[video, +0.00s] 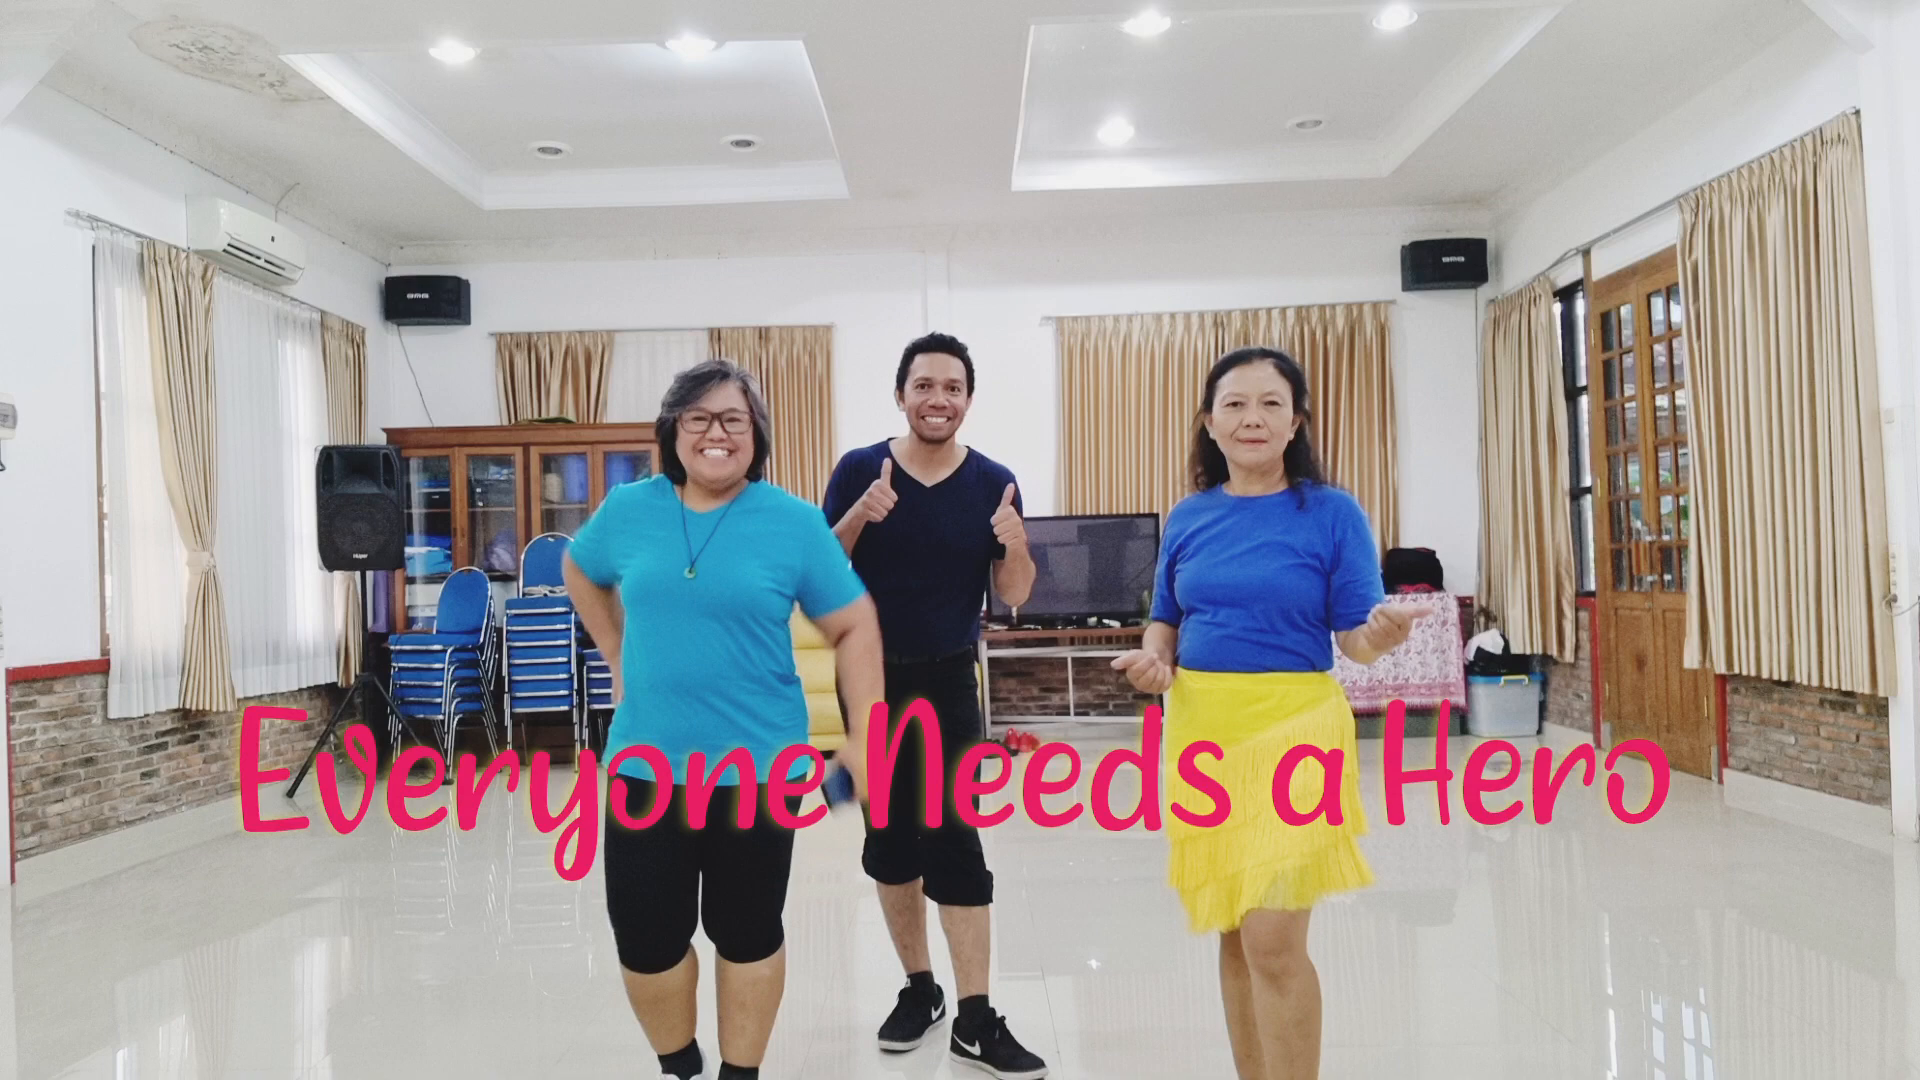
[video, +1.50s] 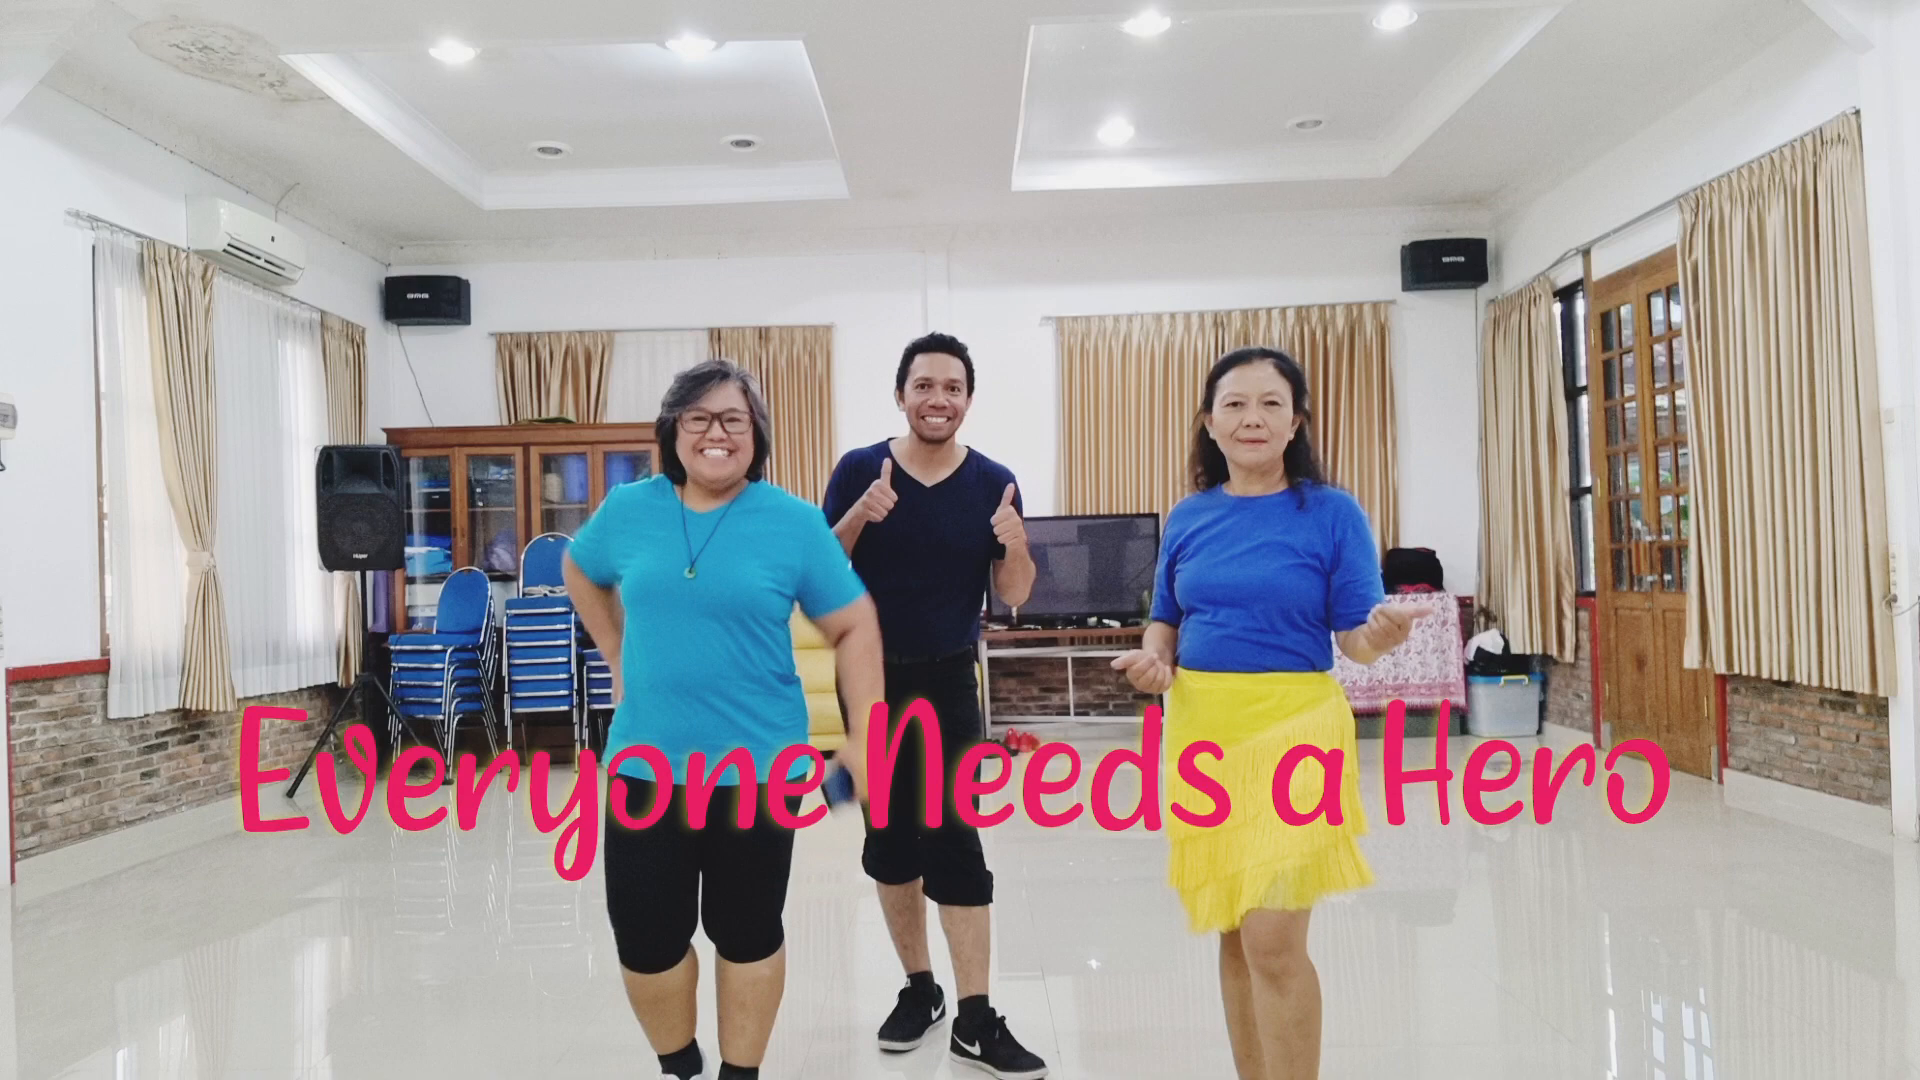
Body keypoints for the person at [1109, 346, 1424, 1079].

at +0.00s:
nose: (1252, 418)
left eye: (1270, 404)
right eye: (1234, 404)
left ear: (1295, 421)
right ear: (1210, 421)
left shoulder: (1333, 512)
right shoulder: (1186, 517)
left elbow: (1356, 643)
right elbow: (1163, 628)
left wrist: (1380, 635)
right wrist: (1151, 660)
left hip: (1297, 723)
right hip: (1204, 724)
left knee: (1272, 941)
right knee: (1237, 941)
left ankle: (1296, 1077)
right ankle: (1254, 1078)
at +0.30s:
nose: (1252, 418)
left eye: (1270, 404)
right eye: (1234, 404)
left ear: (1295, 421)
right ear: (1210, 421)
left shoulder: (1333, 512)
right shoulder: (1186, 517)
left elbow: (1356, 643)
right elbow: (1163, 628)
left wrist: (1380, 635)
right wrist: (1151, 660)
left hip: (1297, 723)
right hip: (1204, 724)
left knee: (1272, 941)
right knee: (1237, 941)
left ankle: (1296, 1077)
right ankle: (1254, 1078)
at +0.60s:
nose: (1252, 418)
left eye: (1270, 404)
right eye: (1234, 404)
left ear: (1295, 421)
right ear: (1210, 421)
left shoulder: (1333, 512)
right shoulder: (1186, 517)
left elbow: (1356, 643)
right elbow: (1163, 628)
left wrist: (1380, 635)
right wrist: (1151, 660)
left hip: (1297, 723)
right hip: (1204, 724)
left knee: (1272, 941)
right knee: (1237, 941)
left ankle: (1296, 1077)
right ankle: (1254, 1078)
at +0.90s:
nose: (1252, 418)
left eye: (1270, 404)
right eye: (1234, 404)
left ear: (1295, 421)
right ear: (1210, 421)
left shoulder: (1333, 512)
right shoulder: (1186, 517)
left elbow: (1356, 643)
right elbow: (1163, 628)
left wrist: (1380, 635)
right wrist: (1151, 660)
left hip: (1297, 723)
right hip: (1204, 724)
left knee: (1272, 941)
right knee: (1237, 941)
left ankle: (1296, 1077)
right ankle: (1254, 1078)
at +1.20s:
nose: (1252, 418)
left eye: (1270, 404)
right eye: (1234, 404)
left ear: (1295, 421)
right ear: (1210, 421)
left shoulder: (1333, 512)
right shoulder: (1186, 517)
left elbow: (1356, 643)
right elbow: (1163, 628)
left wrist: (1380, 635)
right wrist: (1151, 660)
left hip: (1297, 723)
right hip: (1204, 724)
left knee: (1272, 941)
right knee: (1237, 941)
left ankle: (1296, 1077)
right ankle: (1254, 1078)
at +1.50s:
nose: (1252, 418)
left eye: (1270, 404)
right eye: (1234, 404)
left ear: (1295, 421)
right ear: (1210, 421)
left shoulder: (1333, 512)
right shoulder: (1186, 517)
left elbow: (1356, 643)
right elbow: (1163, 628)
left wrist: (1380, 635)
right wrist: (1151, 660)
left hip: (1297, 723)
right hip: (1204, 724)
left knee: (1272, 941)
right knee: (1237, 941)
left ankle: (1296, 1077)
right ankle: (1254, 1078)